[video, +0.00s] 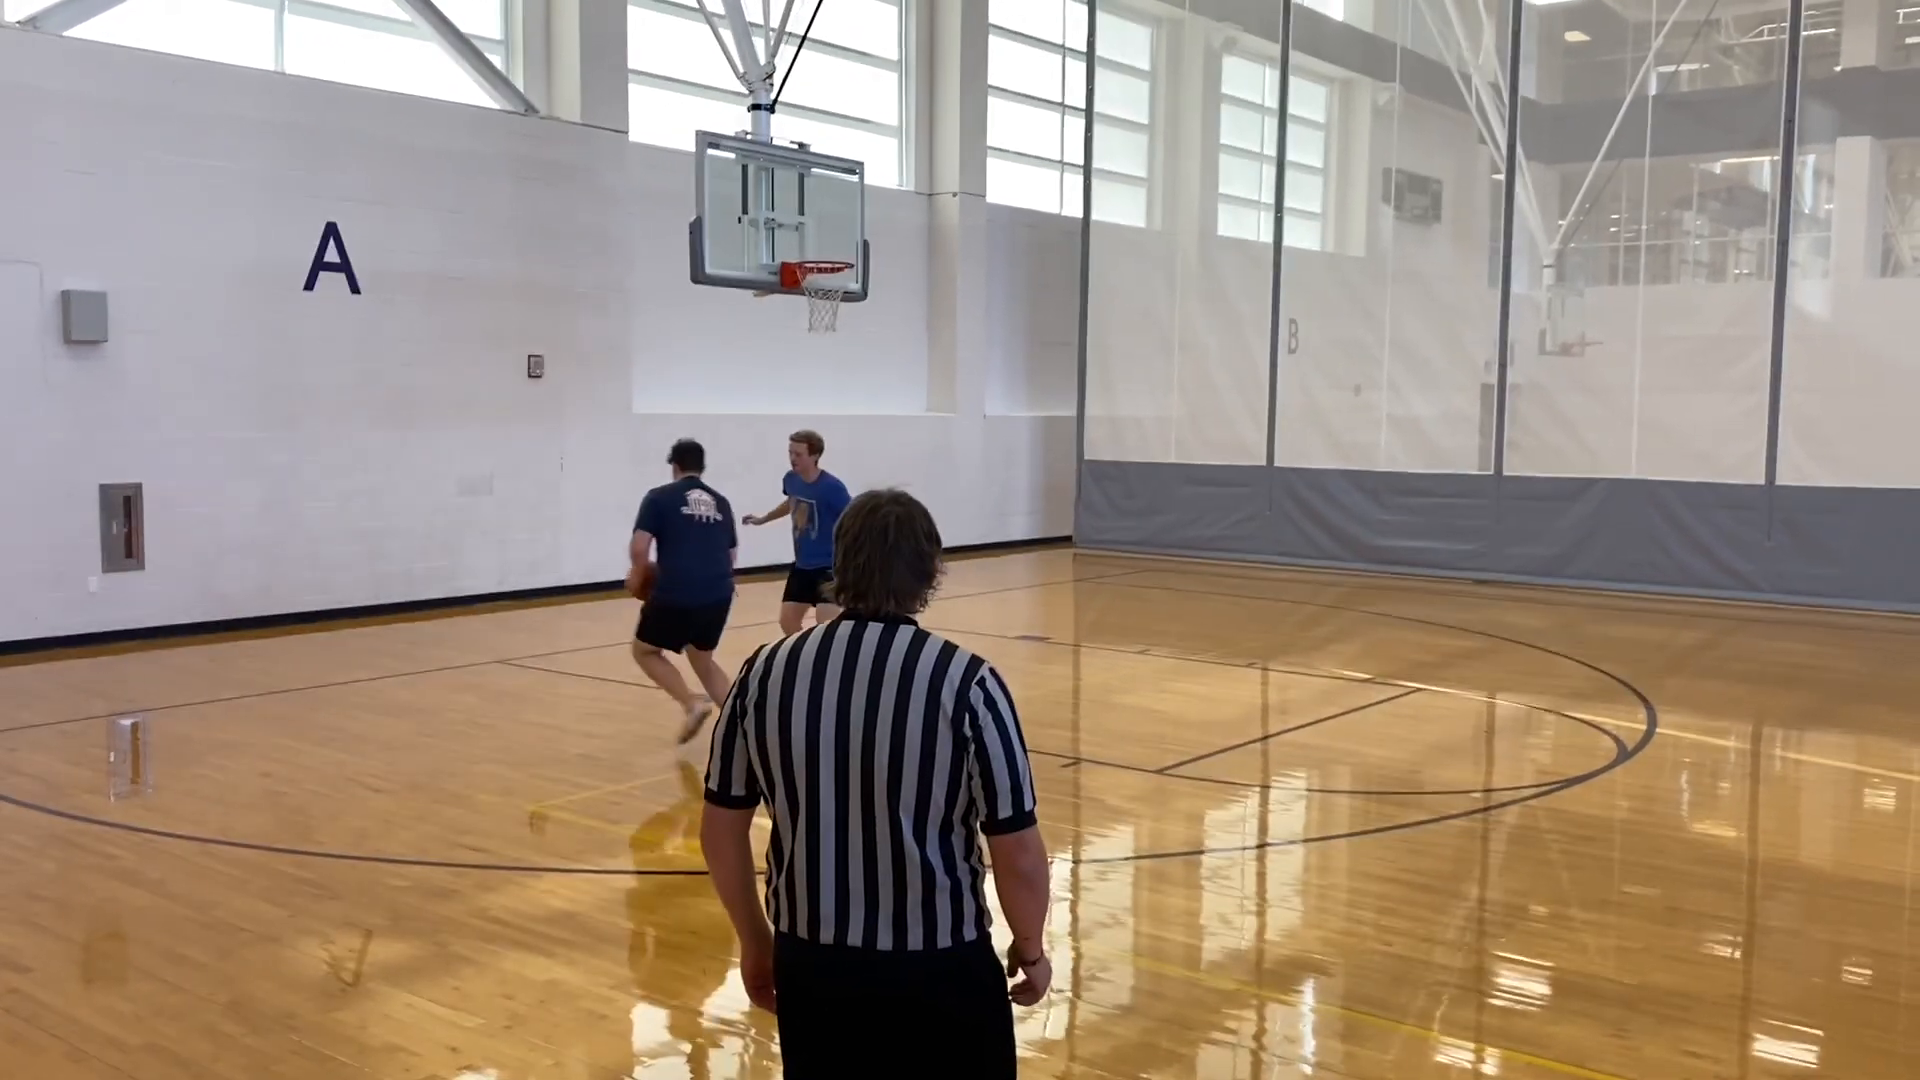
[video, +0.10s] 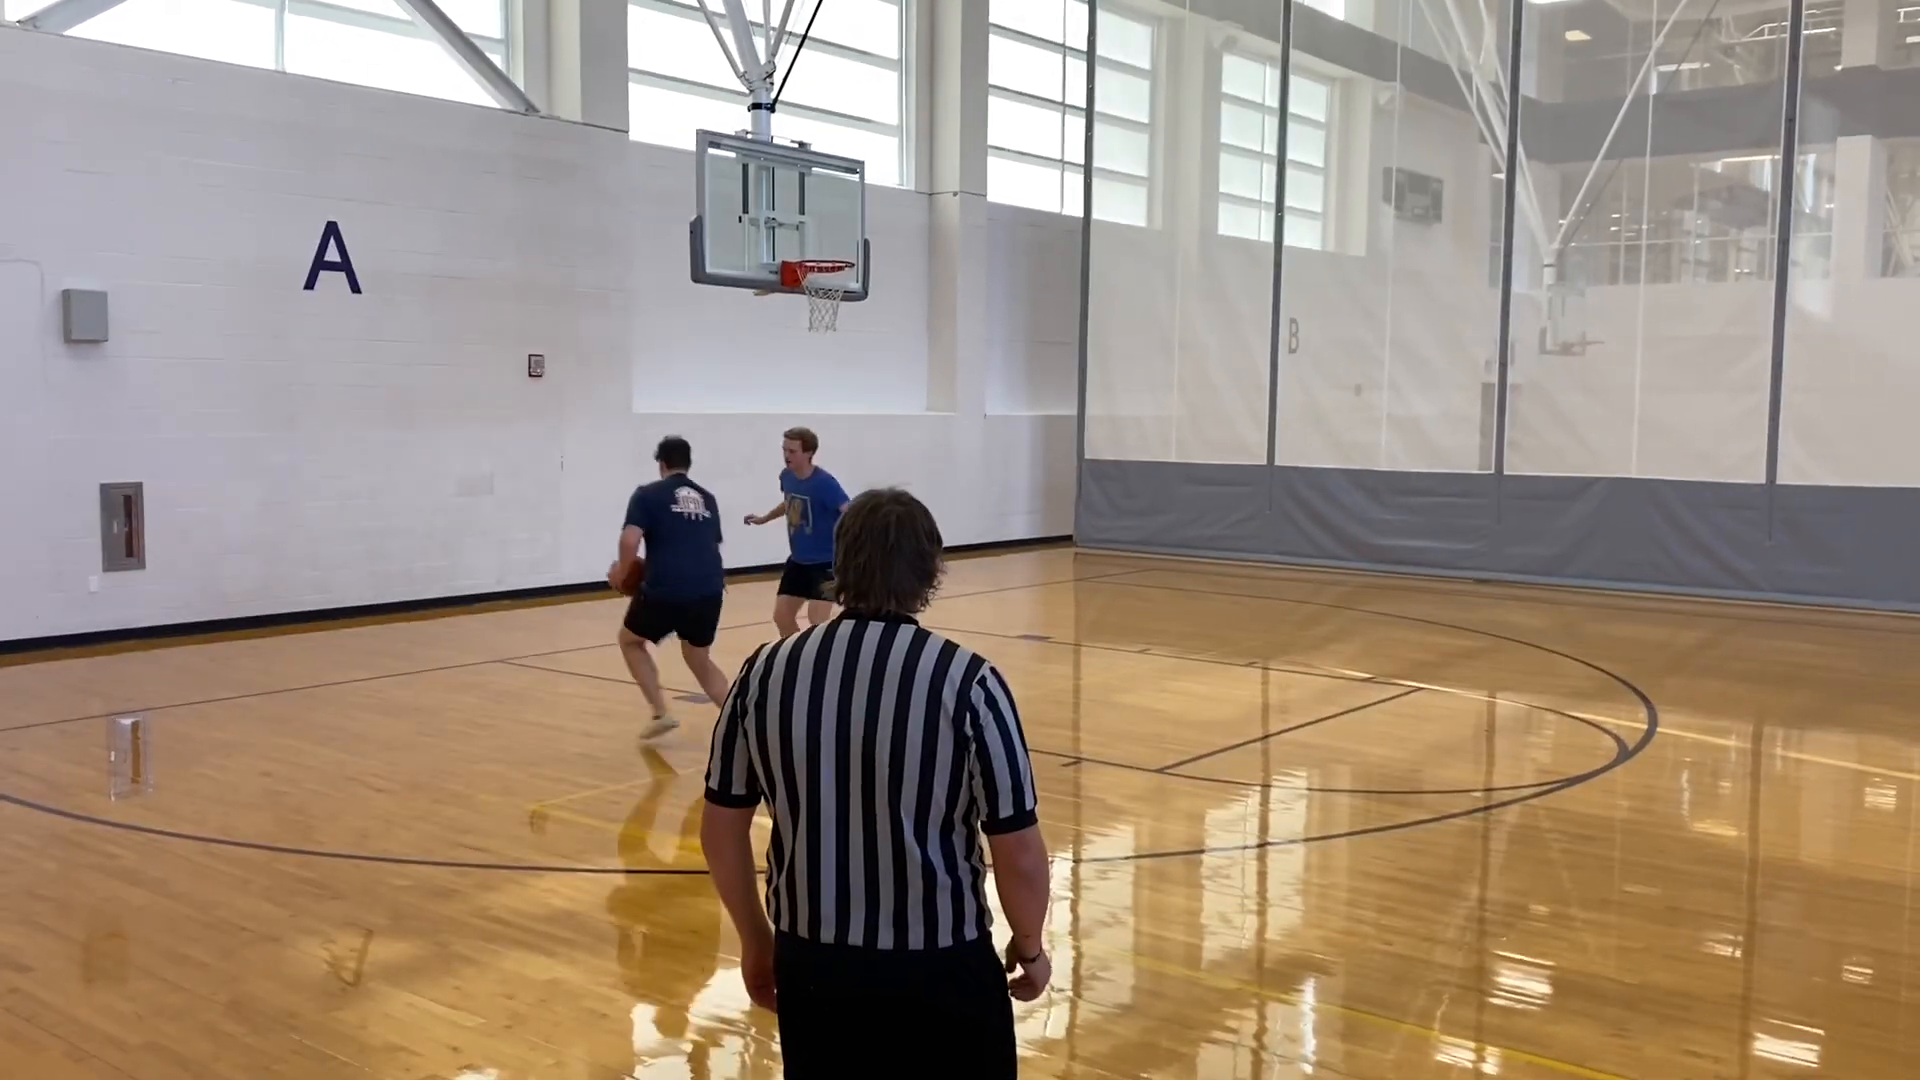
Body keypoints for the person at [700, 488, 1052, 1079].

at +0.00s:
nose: (940, 571)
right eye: (936, 558)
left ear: (841, 565)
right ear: (929, 570)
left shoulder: (764, 671)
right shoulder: (968, 682)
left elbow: (721, 830)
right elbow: (1018, 854)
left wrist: (754, 939)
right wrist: (1030, 946)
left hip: (812, 973)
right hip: (945, 975)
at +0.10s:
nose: (939, 570)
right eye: (935, 557)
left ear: (842, 564)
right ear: (930, 569)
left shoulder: (765, 670)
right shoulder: (969, 681)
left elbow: (721, 830)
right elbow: (1020, 854)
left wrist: (755, 939)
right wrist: (1029, 945)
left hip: (812, 973)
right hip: (946, 976)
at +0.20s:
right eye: (934, 557)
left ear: (842, 563)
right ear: (929, 569)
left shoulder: (766, 670)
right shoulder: (969, 681)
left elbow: (721, 830)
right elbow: (1020, 854)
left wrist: (755, 939)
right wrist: (1027, 942)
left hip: (813, 973)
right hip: (945, 975)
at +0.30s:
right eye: (934, 557)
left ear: (842, 564)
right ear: (930, 569)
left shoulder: (766, 669)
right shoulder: (970, 680)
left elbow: (721, 830)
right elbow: (1020, 854)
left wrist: (755, 938)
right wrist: (1026, 940)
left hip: (813, 972)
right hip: (946, 974)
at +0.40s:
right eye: (934, 556)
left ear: (840, 563)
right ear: (930, 569)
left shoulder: (766, 670)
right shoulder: (970, 680)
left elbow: (721, 829)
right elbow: (1020, 853)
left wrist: (756, 938)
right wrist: (1025, 940)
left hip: (813, 972)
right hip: (946, 975)